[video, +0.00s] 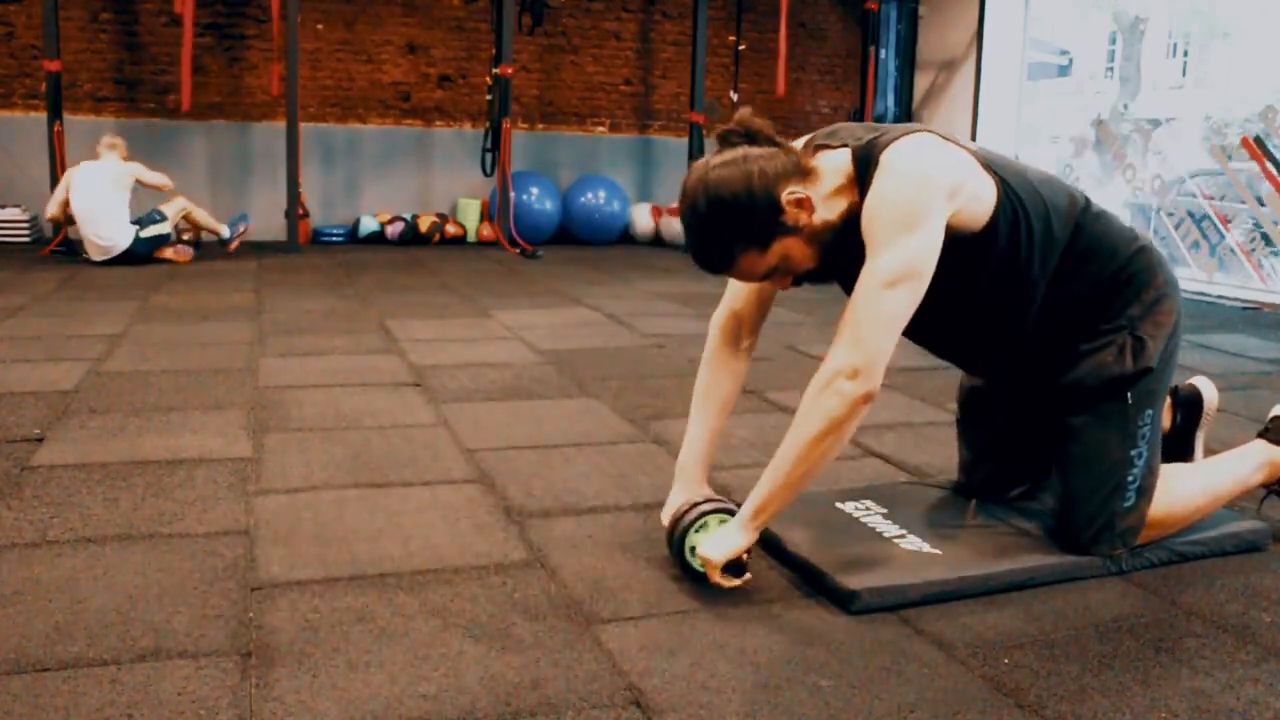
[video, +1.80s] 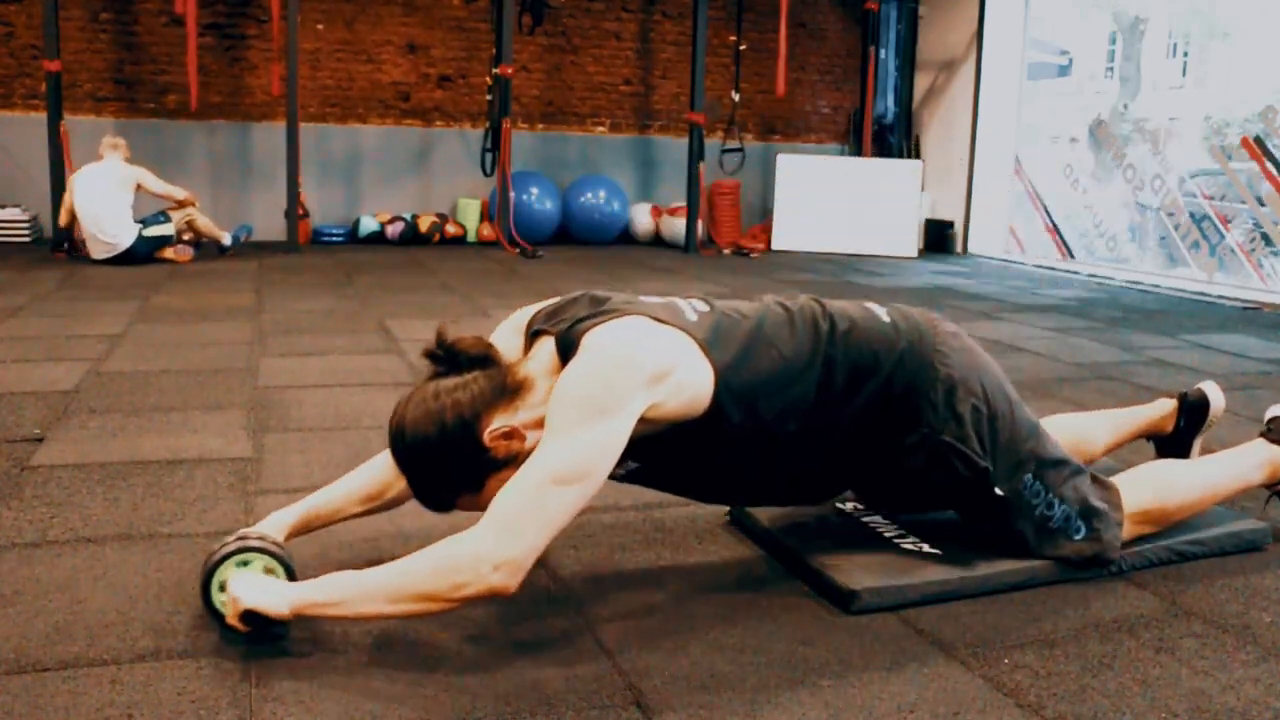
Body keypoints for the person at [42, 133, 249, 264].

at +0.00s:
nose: (121, 159)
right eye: (123, 155)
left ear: (97, 152)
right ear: (123, 153)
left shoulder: (74, 172)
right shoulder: (129, 168)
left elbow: (51, 214)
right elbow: (167, 184)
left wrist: (74, 216)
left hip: (95, 256)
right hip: (127, 248)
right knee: (181, 203)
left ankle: (167, 250)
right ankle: (227, 233)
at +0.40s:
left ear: (93, 153)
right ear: (120, 152)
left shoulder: (74, 176)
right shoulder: (132, 171)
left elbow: (53, 220)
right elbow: (156, 199)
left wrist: (60, 227)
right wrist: (130, 196)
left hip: (98, 256)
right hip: (132, 251)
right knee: (181, 206)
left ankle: (166, 251)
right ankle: (215, 236)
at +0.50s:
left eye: (97, 152)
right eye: (114, 151)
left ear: (92, 154)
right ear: (118, 153)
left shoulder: (74, 176)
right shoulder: (132, 170)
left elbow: (51, 219)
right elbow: (166, 197)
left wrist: (35, 233)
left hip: (99, 256)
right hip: (132, 250)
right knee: (181, 206)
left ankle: (169, 251)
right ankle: (217, 238)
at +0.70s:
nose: (110, 153)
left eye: (101, 150)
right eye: (113, 150)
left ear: (90, 155)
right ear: (116, 153)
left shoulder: (73, 179)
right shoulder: (129, 171)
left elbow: (41, 221)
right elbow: (174, 193)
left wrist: (11, 244)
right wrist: (169, 203)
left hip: (97, 256)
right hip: (131, 249)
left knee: (136, 232)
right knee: (181, 207)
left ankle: (167, 251)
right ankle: (221, 238)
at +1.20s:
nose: (115, 158)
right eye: (117, 154)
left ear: (90, 156)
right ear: (118, 155)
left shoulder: (70, 180)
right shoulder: (129, 171)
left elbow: (56, 227)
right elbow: (177, 194)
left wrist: (49, 238)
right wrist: (191, 200)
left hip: (97, 256)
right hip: (130, 247)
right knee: (186, 210)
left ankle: (170, 251)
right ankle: (222, 238)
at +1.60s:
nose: (123, 158)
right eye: (124, 154)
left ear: (96, 154)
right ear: (123, 154)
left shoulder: (75, 178)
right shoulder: (129, 172)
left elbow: (72, 225)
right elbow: (174, 196)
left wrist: (78, 242)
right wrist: (187, 203)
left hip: (97, 256)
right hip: (129, 247)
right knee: (186, 211)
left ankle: (168, 252)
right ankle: (226, 240)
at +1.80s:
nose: (126, 159)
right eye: (126, 155)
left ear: (99, 154)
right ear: (124, 154)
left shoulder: (77, 177)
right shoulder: (131, 171)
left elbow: (63, 222)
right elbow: (181, 197)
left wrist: (82, 203)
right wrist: (191, 201)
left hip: (98, 255)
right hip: (128, 248)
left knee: (147, 246)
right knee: (188, 211)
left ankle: (171, 252)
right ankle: (226, 240)